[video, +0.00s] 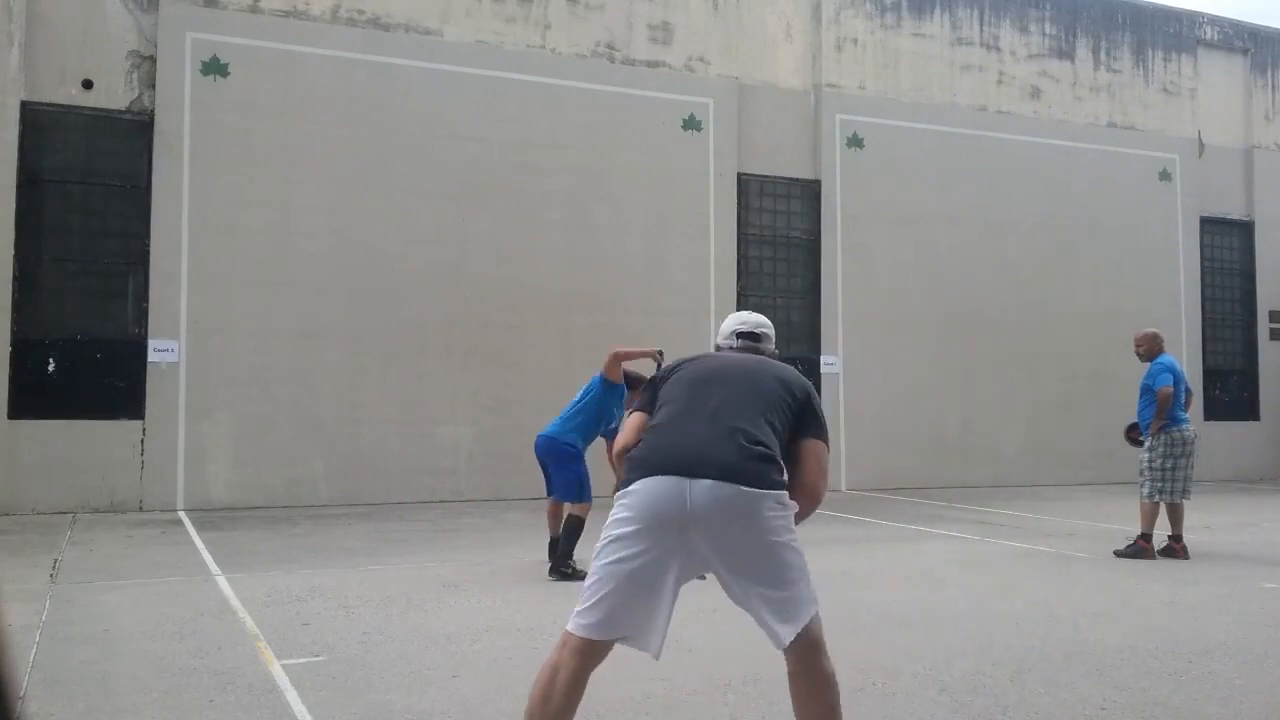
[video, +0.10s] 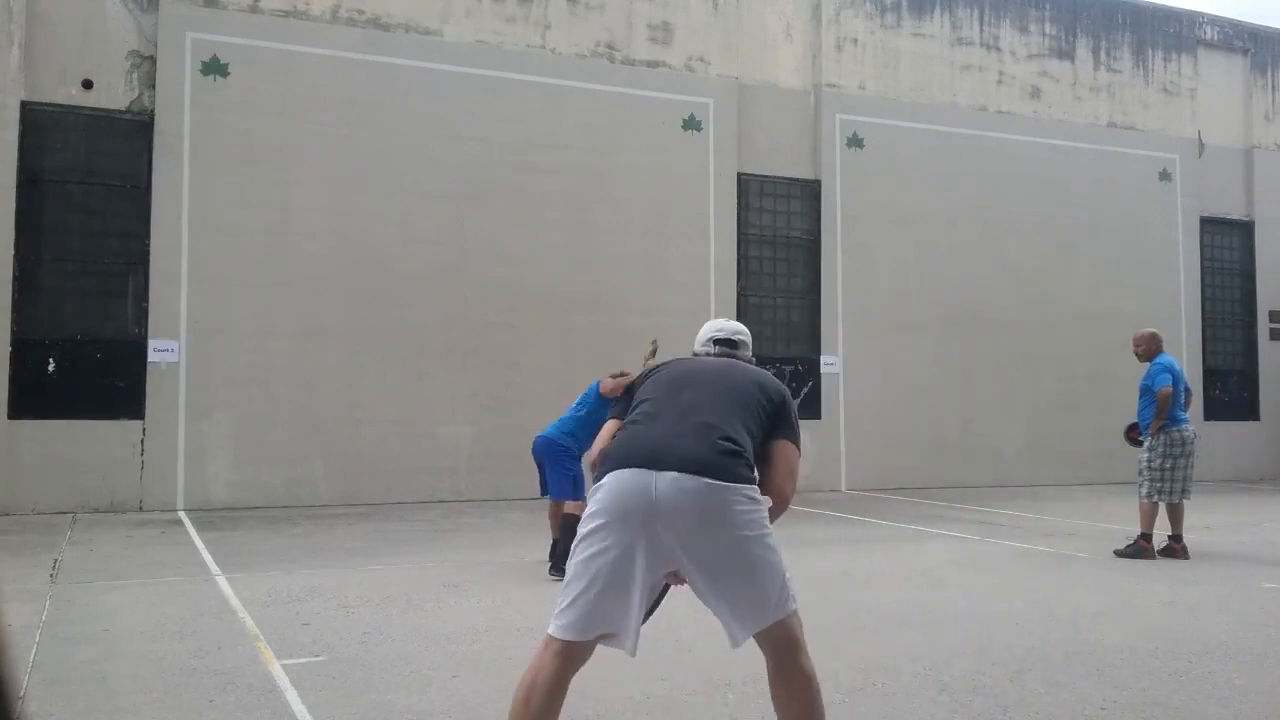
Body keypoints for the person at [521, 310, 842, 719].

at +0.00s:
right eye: (768, 348)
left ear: (719, 346)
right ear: (772, 351)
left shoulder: (674, 369)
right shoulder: (794, 382)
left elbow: (621, 447)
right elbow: (809, 489)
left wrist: (640, 502)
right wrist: (758, 534)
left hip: (650, 487)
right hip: (746, 493)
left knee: (578, 649)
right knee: (805, 644)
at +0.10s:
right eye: (745, 355)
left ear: (697, 351)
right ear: (749, 358)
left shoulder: (654, 372)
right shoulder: (770, 386)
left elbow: (596, 456)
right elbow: (779, 493)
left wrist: (644, 550)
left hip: (621, 479)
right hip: (718, 485)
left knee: (561, 649)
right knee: (784, 645)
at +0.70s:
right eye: (758, 326)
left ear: (700, 320)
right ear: (755, 327)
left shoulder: (653, 348)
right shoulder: (770, 360)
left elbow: (604, 443)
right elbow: (777, 468)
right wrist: (722, 539)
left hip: (630, 483)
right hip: (722, 488)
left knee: (571, 649)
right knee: (791, 644)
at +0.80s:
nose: (793, 317)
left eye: (792, 311)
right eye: (792, 311)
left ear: (731, 308)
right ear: (785, 311)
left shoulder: (681, 339)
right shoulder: (793, 349)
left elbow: (620, 423)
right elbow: (802, 448)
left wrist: (620, 497)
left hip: (651, 481)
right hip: (739, 487)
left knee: (589, 649)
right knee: (808, 643)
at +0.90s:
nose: (822, 304)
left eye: (822, 295)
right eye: (820, 295)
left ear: (760, 296)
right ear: (808, 296)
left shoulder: (704, 328)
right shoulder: (814, 339)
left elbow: (638, 398)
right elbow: (832, 434)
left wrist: (613, 487)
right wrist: (816, 498)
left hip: (669, 474)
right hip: (754, 479)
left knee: (623, 635)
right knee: (812, 640)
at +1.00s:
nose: (835, 295)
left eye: (834, 286)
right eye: (833, 286)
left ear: (777, 289)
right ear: (821, 287)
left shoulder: (718, 321)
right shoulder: (829, 335)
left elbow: (653, 380)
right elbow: (858, 428)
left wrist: (615, 460)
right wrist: (840, 498)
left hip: (681, 465)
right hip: (763, 469)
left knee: (659, 623)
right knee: (807, 636)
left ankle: (637, 715)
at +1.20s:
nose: (813, 301)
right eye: (813, 295)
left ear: (759, 296)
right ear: (811, 297)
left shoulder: (720, 331)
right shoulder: (827, 343)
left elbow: (665, 393)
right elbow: (881, 430)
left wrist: (617, 465)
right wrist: (860, 491)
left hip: (705, 479)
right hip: (780, 474)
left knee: (729, 604)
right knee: (802, 629)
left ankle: (769, 714)